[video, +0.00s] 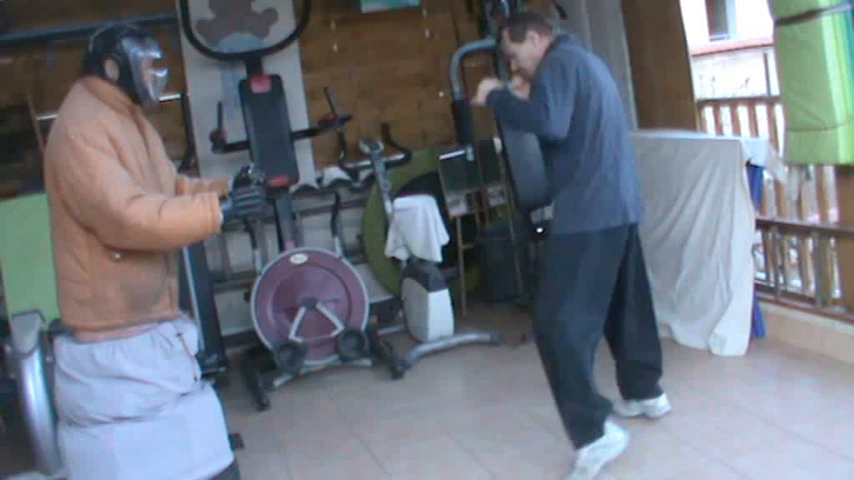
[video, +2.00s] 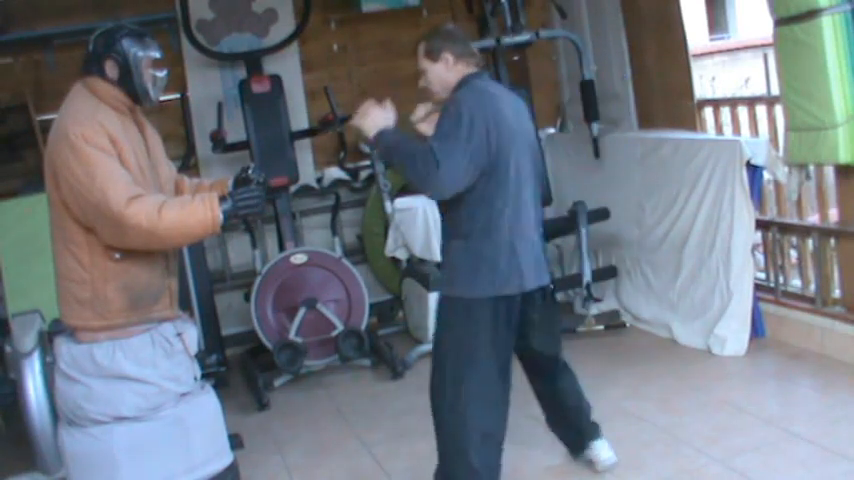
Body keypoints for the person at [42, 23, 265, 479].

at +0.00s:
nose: (154, 74)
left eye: (154, 63)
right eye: (144, 63)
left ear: (117, 68)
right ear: (111, 65)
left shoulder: (130, 117)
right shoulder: (80, 128)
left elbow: (168, 187)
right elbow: (125, 218)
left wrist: (228, 185)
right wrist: (217, 211)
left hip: (152, 319)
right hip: (109, 331)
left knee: (182, 449)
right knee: (130, 459)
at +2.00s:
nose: (155, 74)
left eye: (155, 64)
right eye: (146, 64)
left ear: (117, 68)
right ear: (112, 66)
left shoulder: (131, 118)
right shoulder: (80, 128)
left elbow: (169, 187)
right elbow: (125, 218)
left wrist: (229, 185)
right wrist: (219, 210)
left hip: (152, 317)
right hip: (109, 330)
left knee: (182, 447)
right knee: (132, 458)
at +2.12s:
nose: (155, 74)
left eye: (155, 64)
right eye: (145, 64)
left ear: (117, 68)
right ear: (111, 66)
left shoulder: (131, 118)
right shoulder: (80, 128)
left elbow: (169, 187)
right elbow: (125, 218)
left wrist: (229, 185)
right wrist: (219, 209)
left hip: (151, 316)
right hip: (109, 329)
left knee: (180, 446)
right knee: (133, 457)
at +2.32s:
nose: (154, 74)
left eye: (154, 63)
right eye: (144, 63)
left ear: (117, 68)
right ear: (111, 66)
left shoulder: (131, 117)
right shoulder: (80, 127)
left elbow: (169, 187)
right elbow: (125, 218)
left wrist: (229, 186)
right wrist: (219, 210)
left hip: (152, 318)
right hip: (108, 331)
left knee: (186, 450)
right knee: (131, 460)